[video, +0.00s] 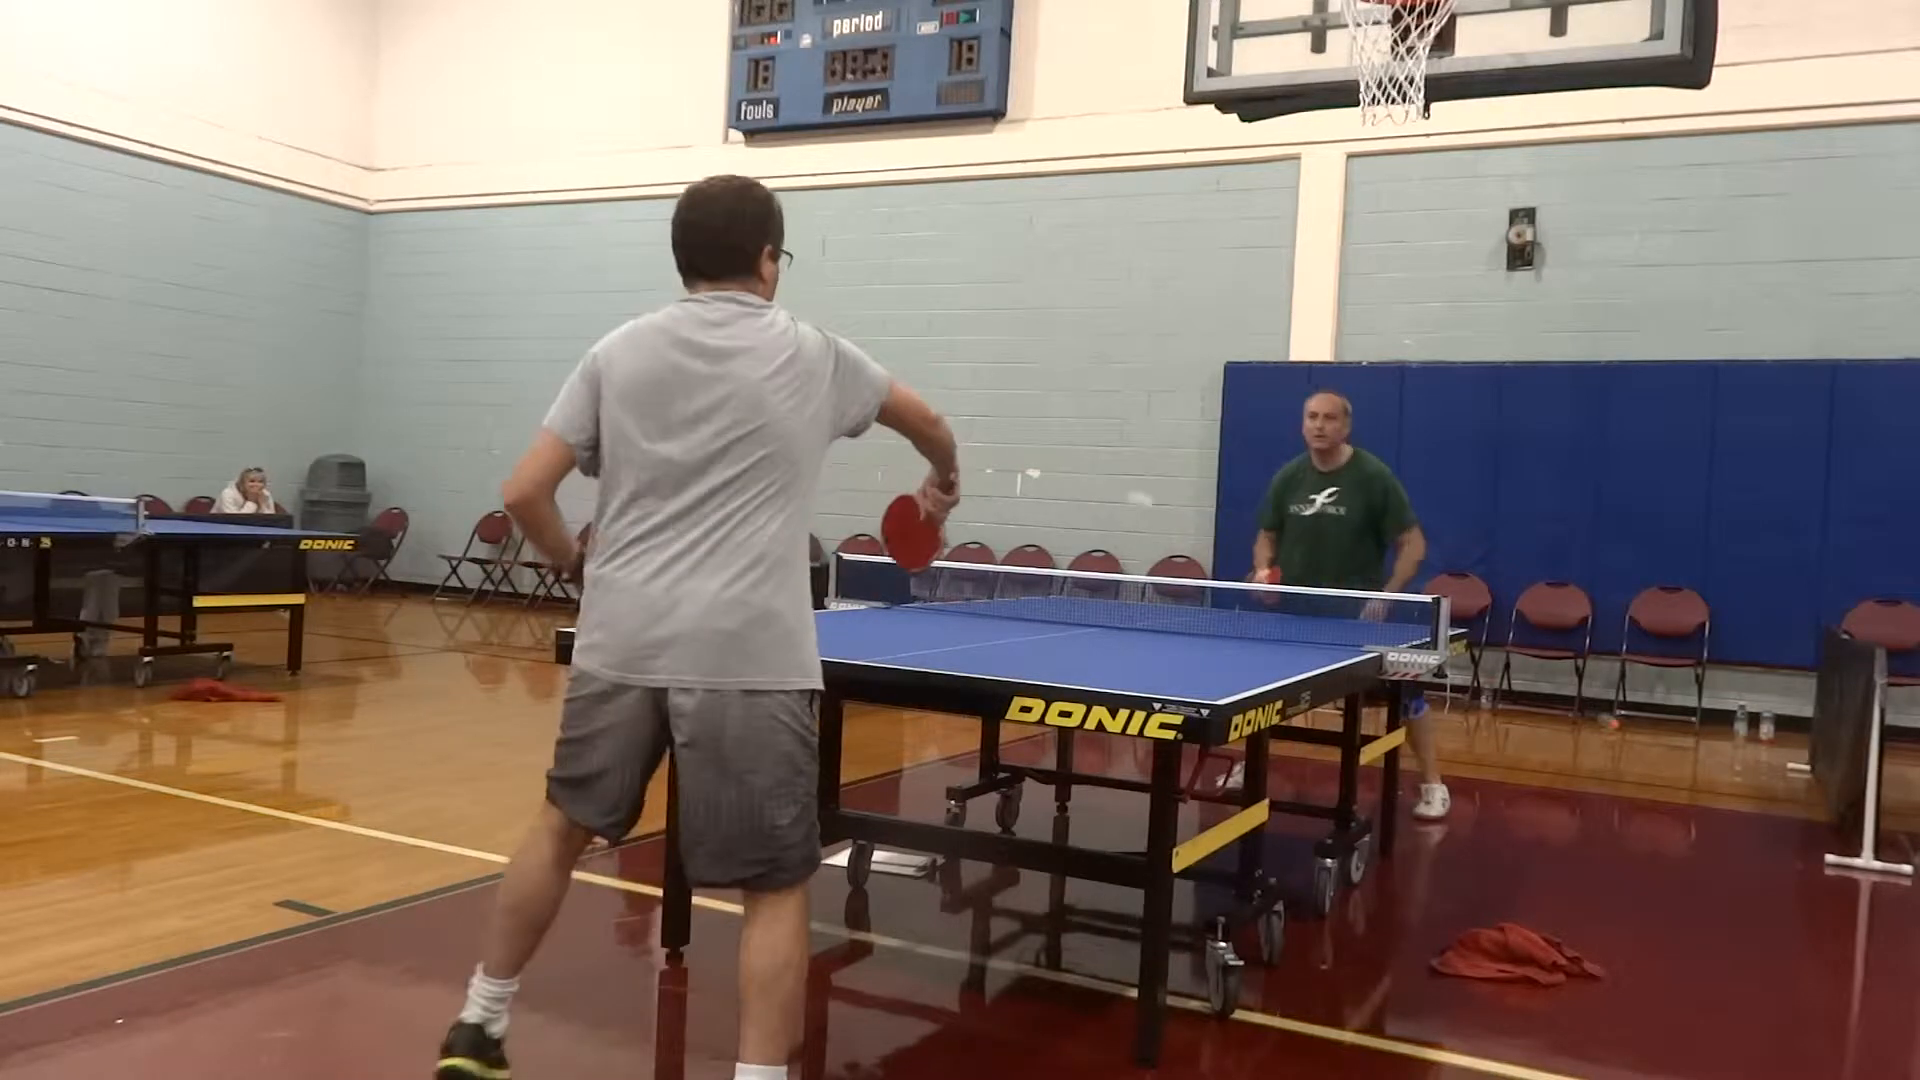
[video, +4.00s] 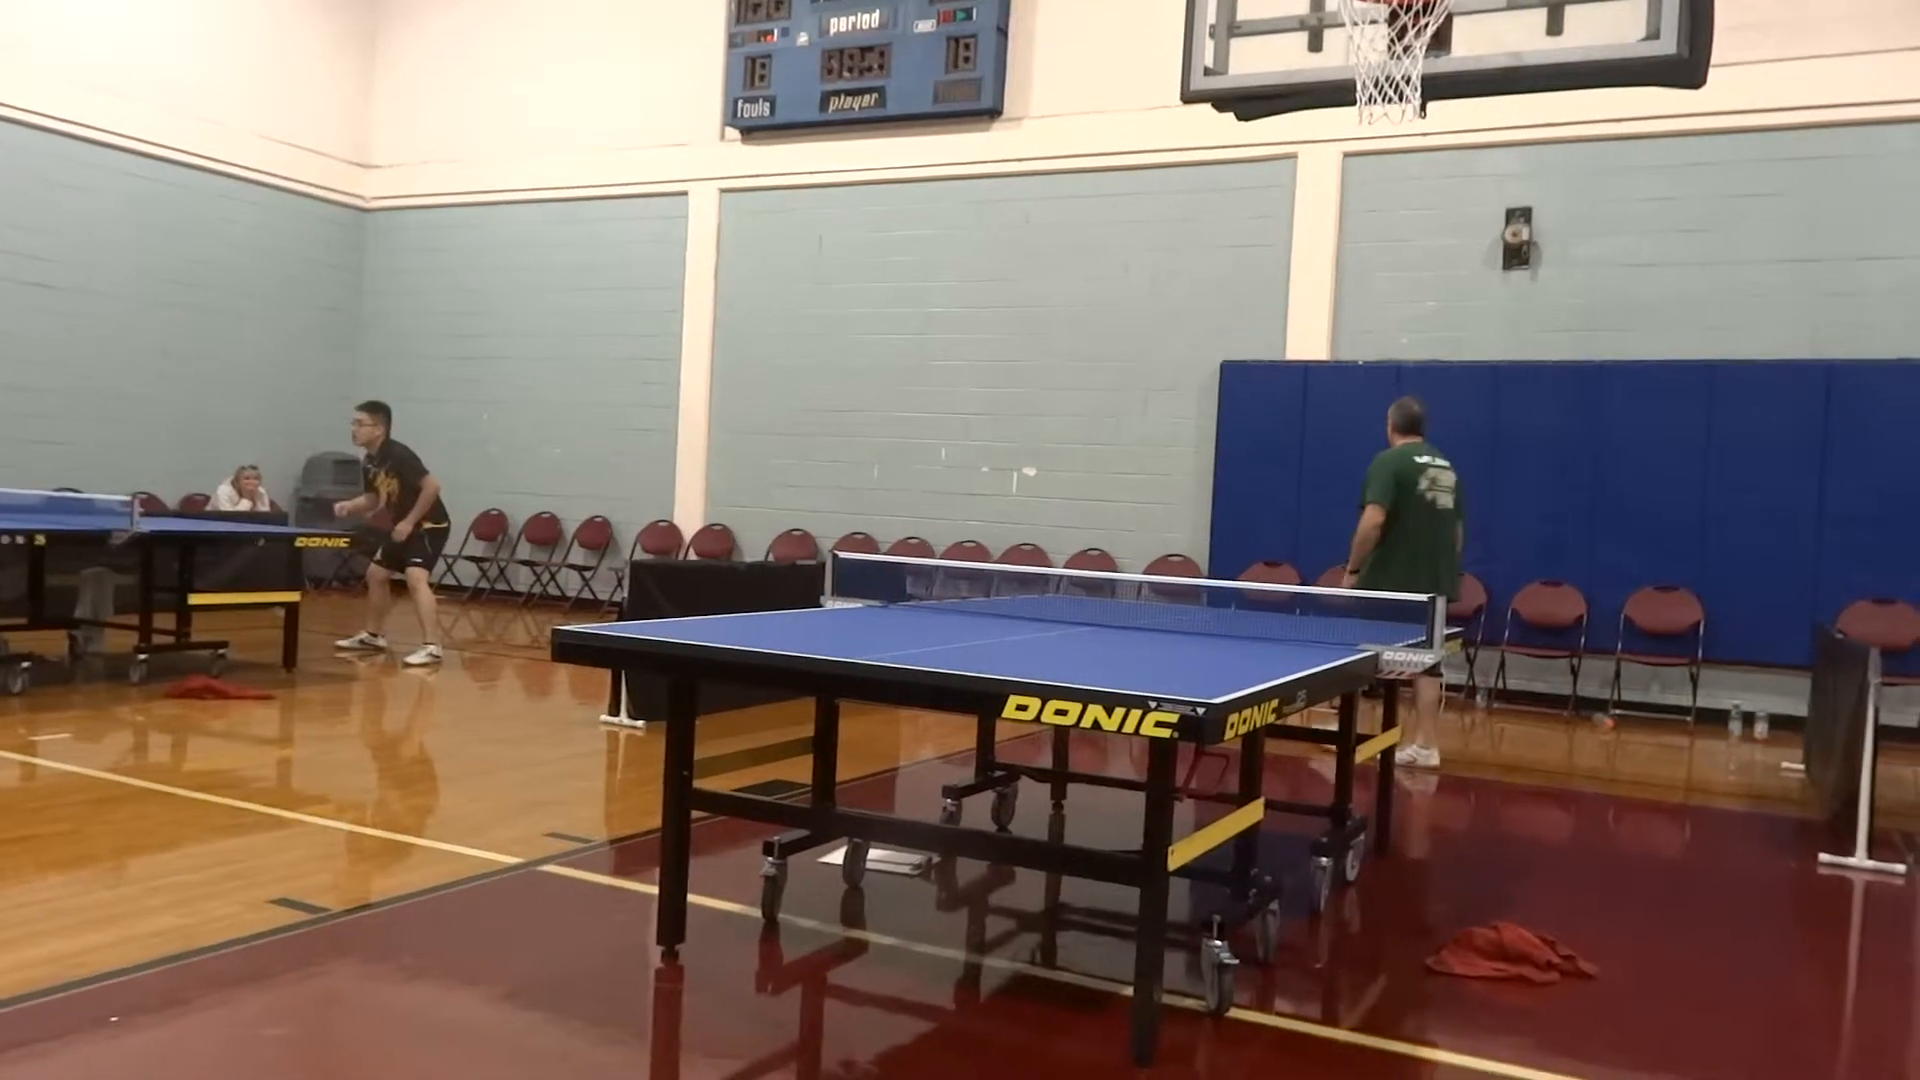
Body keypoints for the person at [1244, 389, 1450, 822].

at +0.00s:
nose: (1320, 425)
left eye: (1330, 418)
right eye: (1313, 417)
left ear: (1347, 426)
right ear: (1302, 424)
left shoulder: (1374, 477)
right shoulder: (1287, 478)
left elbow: (1413, 544)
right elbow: (1267, 535)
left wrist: (1387, 596)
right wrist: (1263, 567)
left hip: (1358, 619)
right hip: (1294, 615)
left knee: (1407, 689)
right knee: (1254, 681)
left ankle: (1431, 783)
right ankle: (1251, 765)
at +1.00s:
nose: (1337, 405)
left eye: (1347, 400)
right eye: (1330, 397)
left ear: (1357, 414)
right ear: (1312, 405)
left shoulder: (1376, 466)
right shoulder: (1281, 462)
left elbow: (1405, 522)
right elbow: (1245, 524)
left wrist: (1434, 575)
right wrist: (1247, 576)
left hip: (1364, 605)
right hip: (1292, 604)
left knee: (1390, 692)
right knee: (1256, 681)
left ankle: (1393, 782)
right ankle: (1242, 766)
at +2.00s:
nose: (1388, 403)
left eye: (1397, 396)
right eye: (1380, 396)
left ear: (1416, 405)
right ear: (1372, 408)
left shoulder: (1448, 456)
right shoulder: (1354, 464)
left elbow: (1481, 519)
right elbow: (1329, 526)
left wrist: (1481, 583)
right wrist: (1313, 583)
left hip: (1431, 601)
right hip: (1371, 600)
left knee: (1422, 694)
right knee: (1380, 694)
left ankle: (1399, 781)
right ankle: (1392, 773)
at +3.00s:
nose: (1418, 409)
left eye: (1427, 404)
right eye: (1421, 402)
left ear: (1452, 414)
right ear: (1442, 412)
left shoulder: (1478, 463)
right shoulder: (1428, 453)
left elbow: (1483, 537)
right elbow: (1420, 527)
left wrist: (1446, 590)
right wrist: (1400, 572)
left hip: (1466, 599)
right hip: (1417, 593)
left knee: (1479, 685)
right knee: (1409, 677)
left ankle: (1477, 765)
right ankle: (1403, 755)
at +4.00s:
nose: (1386, 431)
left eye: (1386, 425)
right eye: (1392, 426)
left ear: (1391, 427)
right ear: (1422, 427)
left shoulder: (1388, 462)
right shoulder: (1445, 466)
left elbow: (1372, 522)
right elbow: (1456, 532)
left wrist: (1352, 568)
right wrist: (1448, 577)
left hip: (1388, 587)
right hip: (1433, 588)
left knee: (1358, 659)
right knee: (1428, 667)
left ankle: (1345, 739)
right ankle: (1425, 745)